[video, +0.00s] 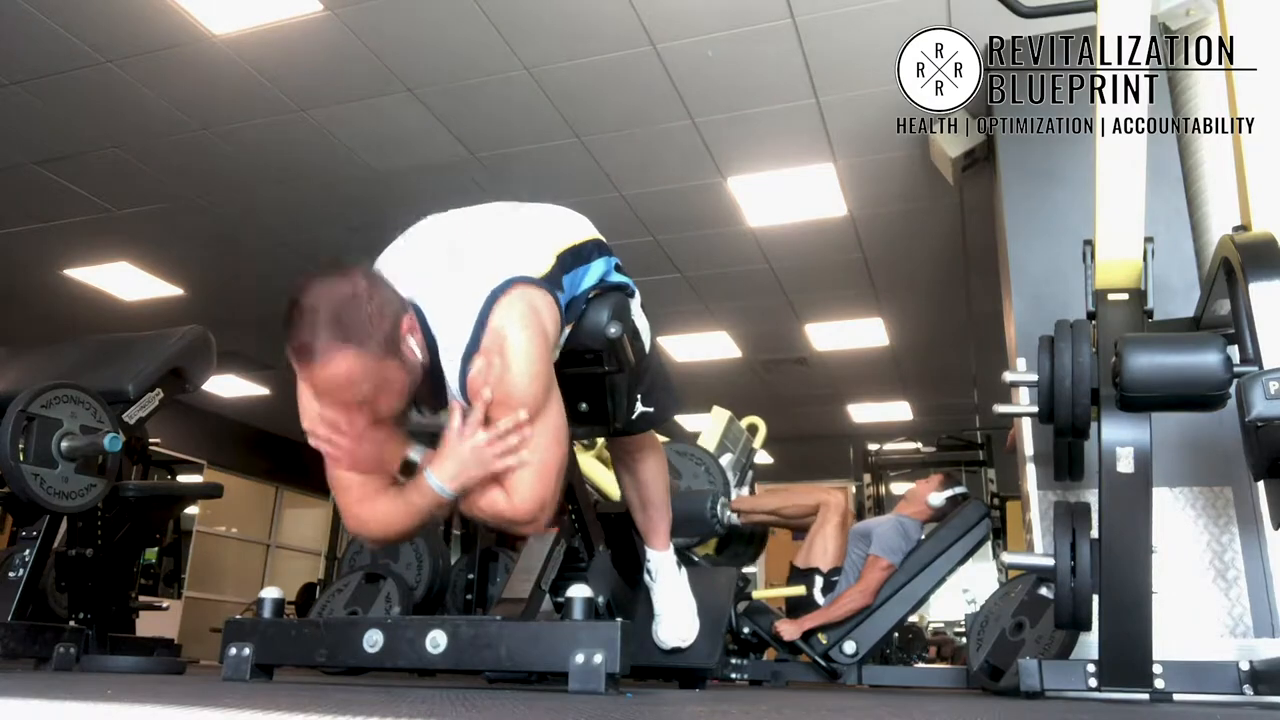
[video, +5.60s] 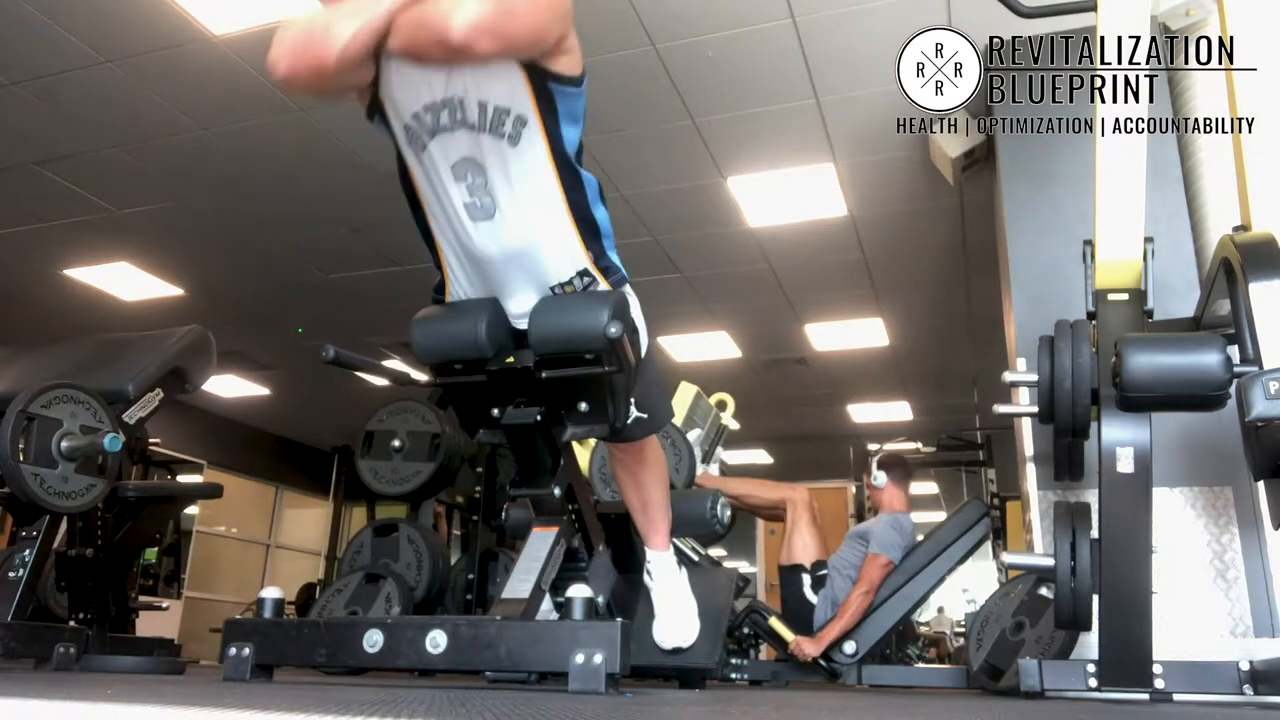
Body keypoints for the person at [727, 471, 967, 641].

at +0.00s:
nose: (919, 480)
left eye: (929, 480)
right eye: (928, 477)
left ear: (933, 498)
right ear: (935, 503)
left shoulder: (896, 528)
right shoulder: (905, 527)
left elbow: (865, 593)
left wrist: (801, 624)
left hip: (817, 605)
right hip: (823, 600)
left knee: (834, 499)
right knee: (834, 501)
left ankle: (729, 503)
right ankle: (740, 512)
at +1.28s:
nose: (919, 479)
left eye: (928, 480)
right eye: (927, 477)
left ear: (930, 498)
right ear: (932, 505)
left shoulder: (895, 528)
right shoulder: (902, 526)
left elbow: (865, 595)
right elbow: (865, 592)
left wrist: (801, 624)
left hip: (812, 602)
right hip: (818, 596)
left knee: (794, 497)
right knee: (794, 504)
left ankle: (698, 472)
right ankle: (717, 486)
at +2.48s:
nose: (916, 481)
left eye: (926, 480)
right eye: (924, 478)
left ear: (931, 497)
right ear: (934, 503)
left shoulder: (896, 528)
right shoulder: (905, 528)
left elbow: (865, 595)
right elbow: (865, 594)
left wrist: (802, 624)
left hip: (818, 606)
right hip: (823, 602)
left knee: (826, 498)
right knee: (825, 504)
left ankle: (725, 497)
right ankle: (733, 510)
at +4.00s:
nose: (889, 479)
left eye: (898, 474)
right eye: (893, 472)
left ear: (917, 488)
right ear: (914, 489)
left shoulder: (895, 528)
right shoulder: (901, 526)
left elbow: (865, 595)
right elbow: (866, 592)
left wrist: (802, 625)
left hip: (812, 602)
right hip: (817, 594)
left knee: (790, 498)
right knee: (787, 501)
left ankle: (698, 471)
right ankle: (712, 481)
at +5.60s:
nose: (868, 490)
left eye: (869, 483)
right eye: (868, 483)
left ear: (879, 481)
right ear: (903, 482)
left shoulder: (889, 527)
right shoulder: (898, 525)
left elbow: (866, 592)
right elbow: (867, 591)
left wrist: (819, 641)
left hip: (814, 616)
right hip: (821, 611)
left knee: (798, 496)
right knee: (801, 505)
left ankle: (702, 479)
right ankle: (724, 497)